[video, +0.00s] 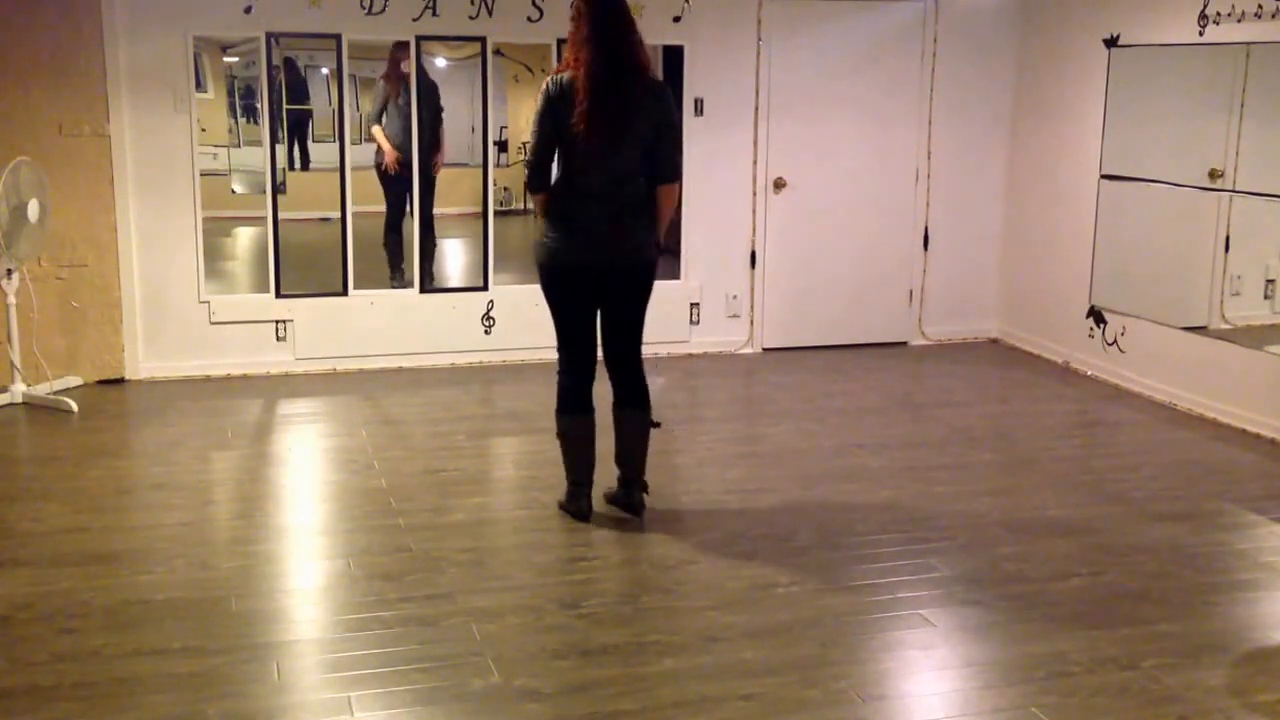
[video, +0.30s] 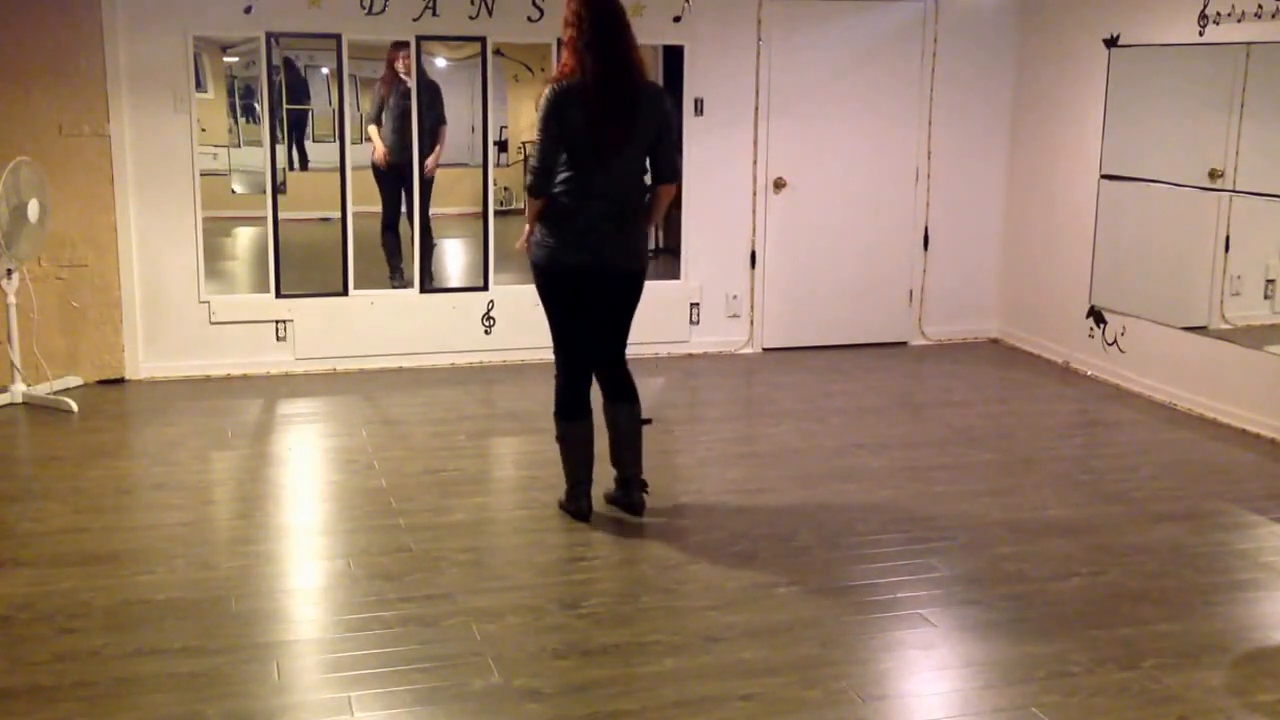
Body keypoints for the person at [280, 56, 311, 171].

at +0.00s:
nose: (281, 70)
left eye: (282, 68)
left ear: (283, 67)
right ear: (295, 65)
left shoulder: (282, 81)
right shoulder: (302, 79)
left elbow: (278, 100)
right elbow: (307, 97)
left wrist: (279, 115)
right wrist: (309, 111)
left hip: (289, 114)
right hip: (303, 113)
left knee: (289, 145)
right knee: (303, 143)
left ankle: (290, 169)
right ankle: (305, 168)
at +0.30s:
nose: (281, 70)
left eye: (282, 68)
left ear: (283, 67)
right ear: (294, 65)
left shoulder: (282, 80)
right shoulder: (302, 79)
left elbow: (278, 99)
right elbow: (307, 97)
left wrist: (278, 113)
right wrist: (306, 109)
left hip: (287, 114)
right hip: (302, 113)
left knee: (288, 143)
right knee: (300, 141)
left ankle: (289, 167)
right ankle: (304, 165)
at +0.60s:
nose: (282, 71)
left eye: (282, 68)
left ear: (283, 67)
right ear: (293, 65)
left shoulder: (282, 80)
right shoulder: (301, 78)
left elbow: (278, 96)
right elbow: (307, 96)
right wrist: (304, 105)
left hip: (287, 112)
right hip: (300, 112)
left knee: (288, 142)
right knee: (298, 142)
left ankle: (290, 167)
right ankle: (303, 165)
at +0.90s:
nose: (282, 71)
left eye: (282, 68)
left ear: (283, 68)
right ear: (293, 65)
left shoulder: (282, 79)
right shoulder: (300, 77)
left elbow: (280, 95)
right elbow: (308, 94)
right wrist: (304, 101)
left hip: (287, 112)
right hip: (300, 111)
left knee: (288, 143)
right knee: (298, 142)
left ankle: (290, 168)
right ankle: (303, 166)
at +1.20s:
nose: (282, 70)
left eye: (282, 68)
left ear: (283, 67)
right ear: (293, 65)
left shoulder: (282, 79)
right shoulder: (300, 77)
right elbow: (308, 94)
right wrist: (304, 101)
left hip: (287, 112)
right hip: (300, 112)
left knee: (288, 143)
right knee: (298, 142)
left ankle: (290, 168)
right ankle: (303, 166)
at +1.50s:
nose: (284, 70)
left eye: (283, 67)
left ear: (283, 67)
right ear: (294, 65)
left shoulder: (282, 81)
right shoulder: (300, 77)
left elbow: (278, 96)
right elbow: (311, 91)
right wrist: (304, 98)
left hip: (289, 112)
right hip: (303, 112)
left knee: (291, 143)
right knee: (304, 142)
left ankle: (291, 168)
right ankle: (305, 168)